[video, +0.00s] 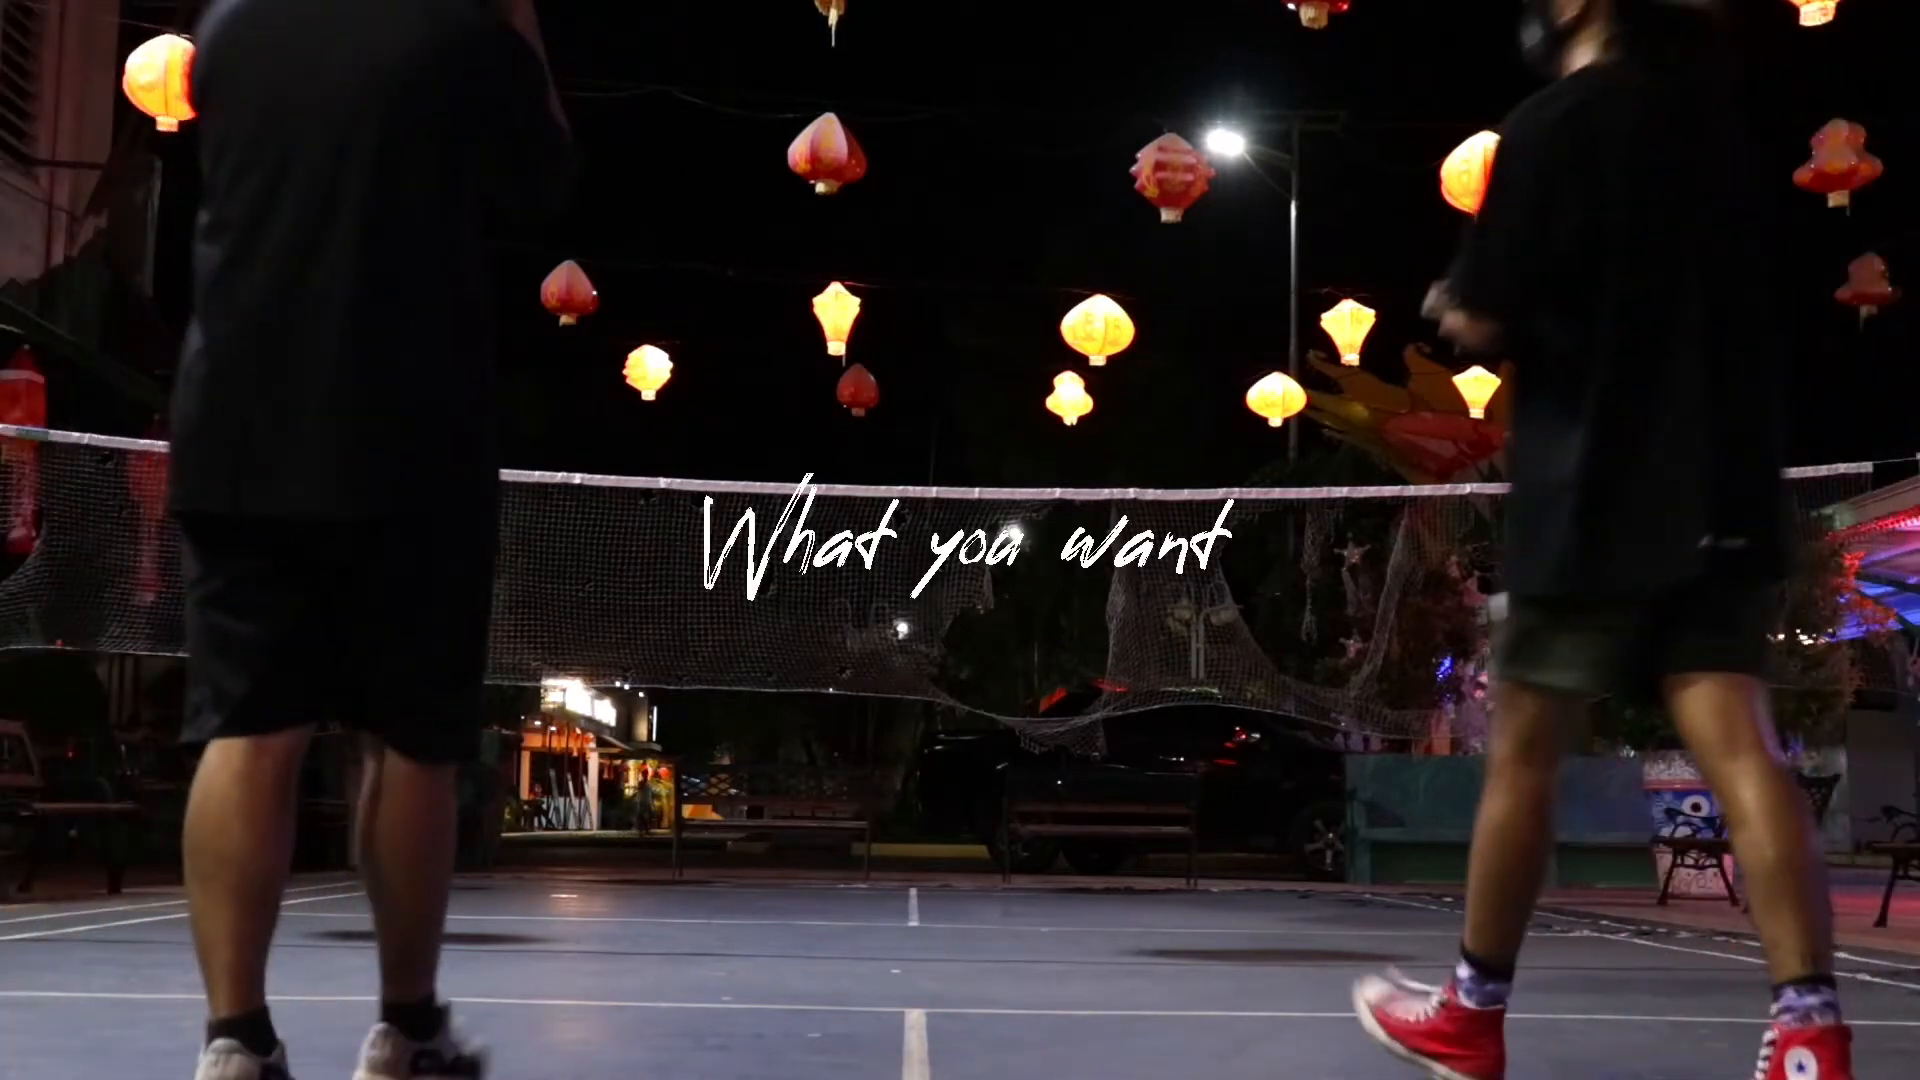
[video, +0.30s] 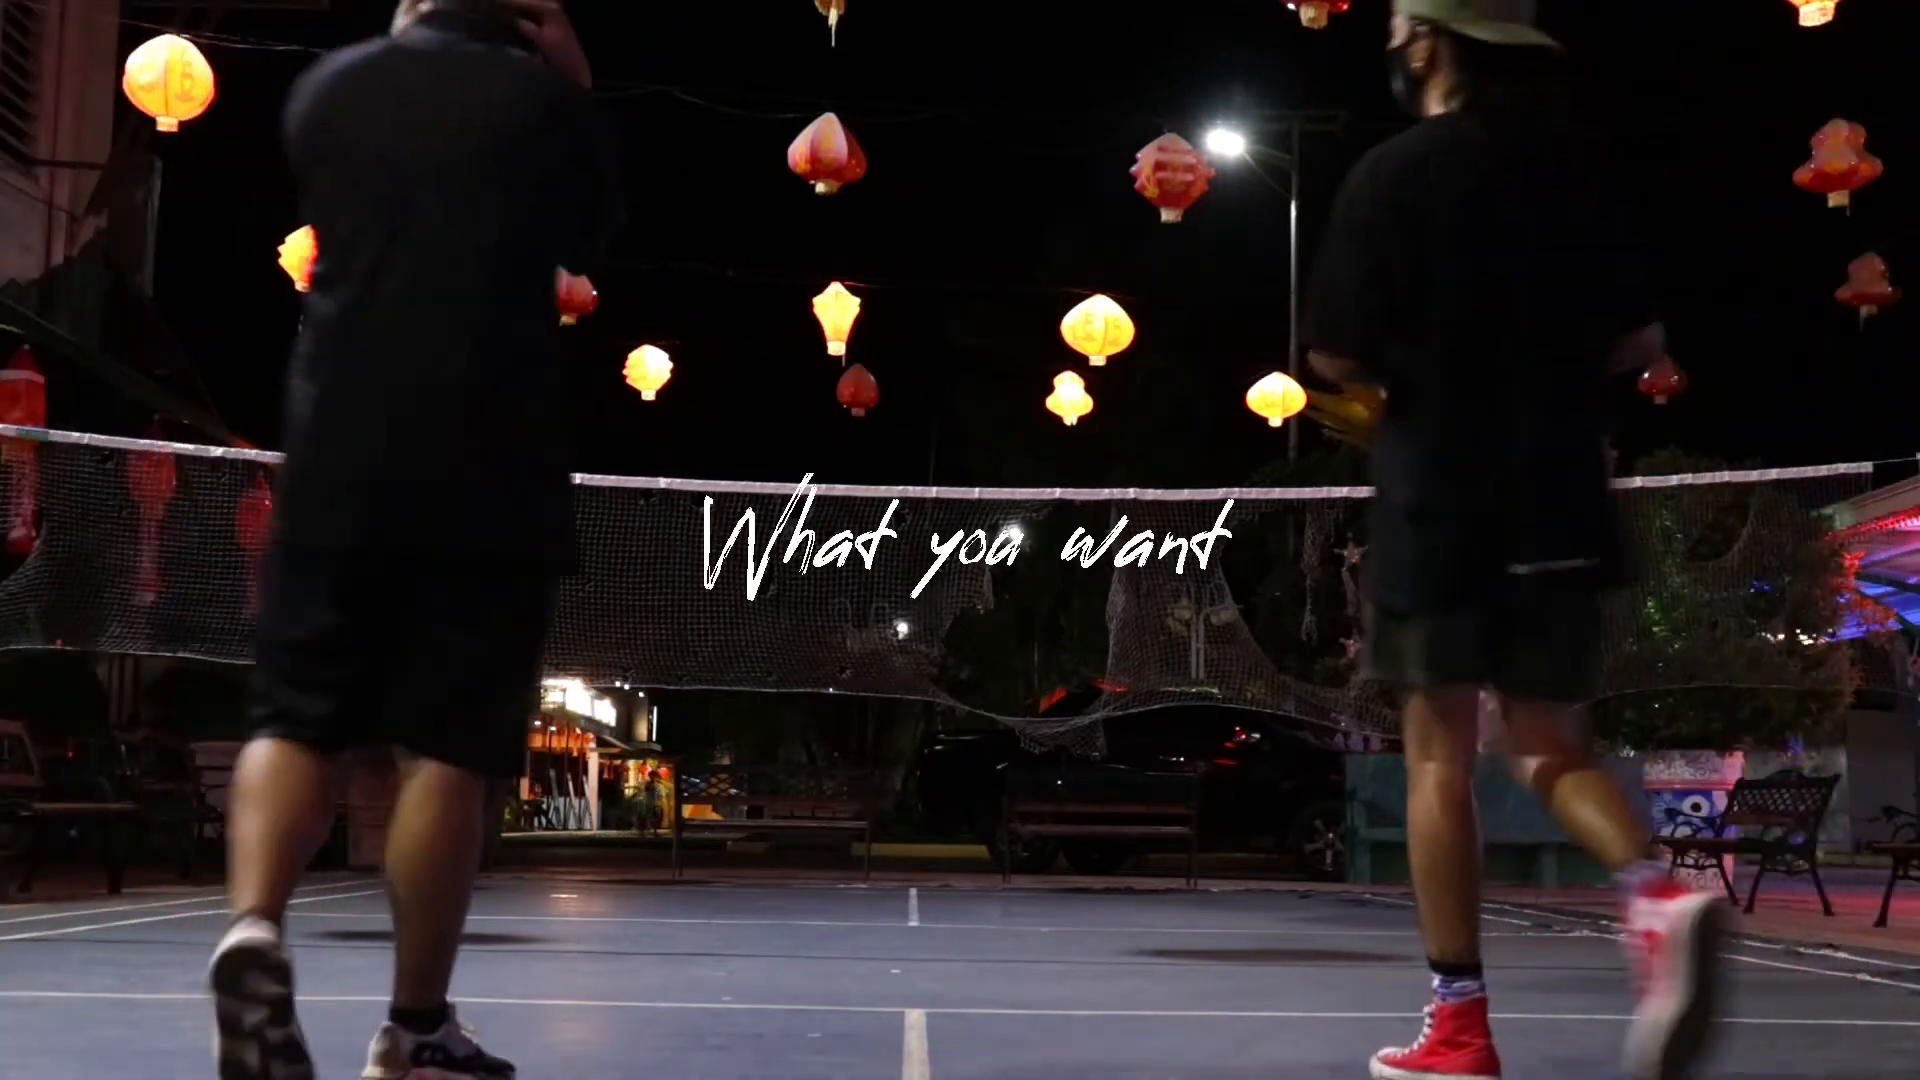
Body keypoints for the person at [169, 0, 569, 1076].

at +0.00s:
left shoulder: (235, 24)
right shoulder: (466, 31)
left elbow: (196, 230)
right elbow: (540, 207)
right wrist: (522, 36)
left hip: (238, 428)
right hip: (417, 439)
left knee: (247, 722)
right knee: (415, 734)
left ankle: (234, 1037)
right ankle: (407, 1027)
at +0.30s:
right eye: (538, 14)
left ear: (412, 9)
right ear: (518, 14)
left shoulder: (327, 93)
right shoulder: (545, 104)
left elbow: (365, 207)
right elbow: (589, 240)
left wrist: (408, 42)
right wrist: (574, 76)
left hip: (337, 466)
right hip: (492, 473)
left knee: (294, 714)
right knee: (453, 745)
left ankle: (252, 926)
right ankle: (415, 1024)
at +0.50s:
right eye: (574, 49)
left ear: (448, 52)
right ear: (563, 61)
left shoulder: (378, 120)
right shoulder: (594, 131)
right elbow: (624, 253)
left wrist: (429, 66)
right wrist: (609, 100)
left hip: (393, 477)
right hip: (532, 484)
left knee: (382, 731)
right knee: (472, 757)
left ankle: (349, 984)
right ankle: (417, 1028)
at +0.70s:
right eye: (614, 80)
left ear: (497, 85)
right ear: (604, 88)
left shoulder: (422, 161)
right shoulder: (619, 153)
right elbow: (678, 295)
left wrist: (482, 114)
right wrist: (648, 135)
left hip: (439, 492)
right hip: (572, 494)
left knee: (484, 748)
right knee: (505, 754)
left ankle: (522, 991)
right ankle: (417, 1027)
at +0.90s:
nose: (677, 135)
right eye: (676, 125)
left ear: (563, 107)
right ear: (657, 121)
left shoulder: (482, 191)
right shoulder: (655, 177)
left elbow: (497, 327)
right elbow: (746, 289)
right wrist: (709, 158)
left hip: (497, 510)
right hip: (622, 512)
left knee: (525, 750)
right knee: (623, 758)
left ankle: (543, 1001)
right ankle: (471, 960)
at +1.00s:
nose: (712, 153)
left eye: (712, 137)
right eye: (711, 138)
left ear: (602, 111)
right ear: (687, 125)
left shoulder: (514, 190)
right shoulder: (668, 180)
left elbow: (514, 353)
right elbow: (776, 300)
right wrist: (741, 171)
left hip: (520, 511)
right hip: (641, 511)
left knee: (546, 743)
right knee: (690, 738)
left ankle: (536, 1017)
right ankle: (540, 918)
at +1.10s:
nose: (756, 169)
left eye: (761, 153)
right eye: (754, 154)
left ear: (654, 122)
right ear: (723, 136)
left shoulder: (566, 197)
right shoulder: (696, 196)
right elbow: (796, 291)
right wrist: (779, 171)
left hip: (565, 523)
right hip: (683, 525)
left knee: (579, 747)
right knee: (743, 732)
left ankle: (540, 1002)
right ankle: (657, 954)